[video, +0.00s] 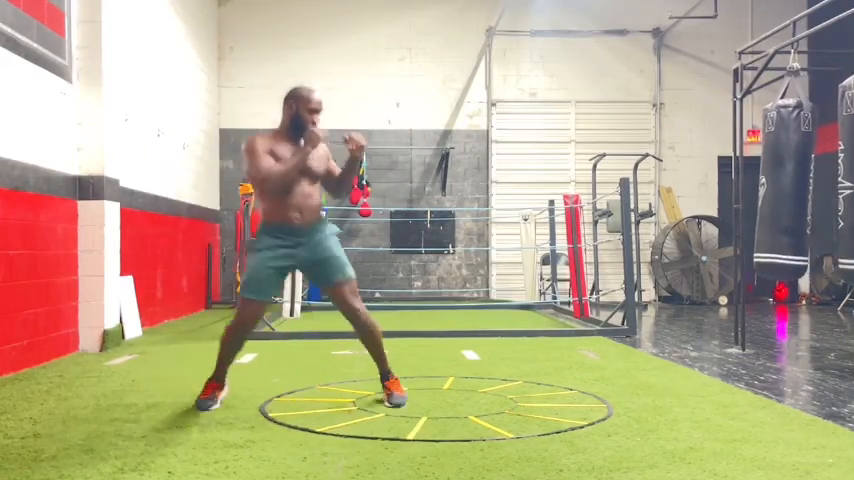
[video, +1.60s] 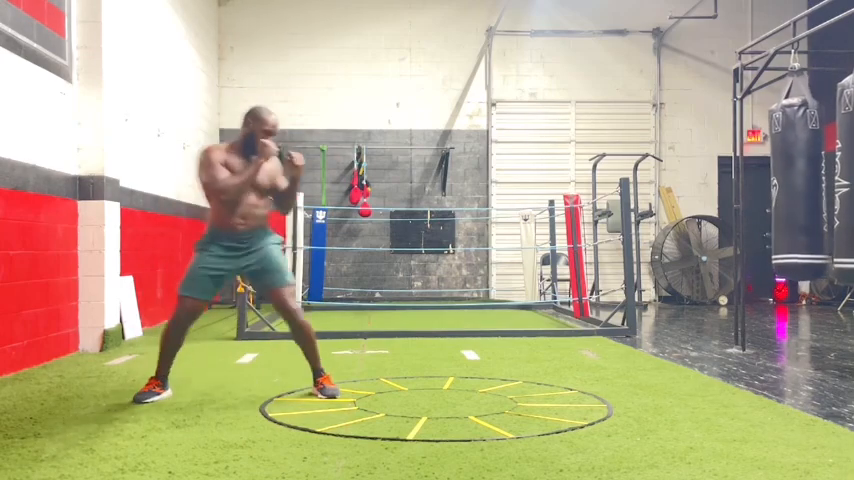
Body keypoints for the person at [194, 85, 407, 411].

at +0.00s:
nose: (317, 119)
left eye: (319, 113)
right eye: (312, 112)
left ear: (316, 112)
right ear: (291, 107)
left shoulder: (318, 149)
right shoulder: (260, 143)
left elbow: (339, 188)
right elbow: (268, 187)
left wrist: (354, 160)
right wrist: (305, 150)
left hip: (318, 237)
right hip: (273, 241)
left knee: (354, 307)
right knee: (245, 320)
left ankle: (388, 377)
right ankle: (217, 380)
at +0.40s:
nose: (301, 99)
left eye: (304, 94)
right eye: (296, 92)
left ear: (306, 96)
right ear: (276, 88)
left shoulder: (309, 125)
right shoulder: (246, 117)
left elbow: (339, 166)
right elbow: (238, 155)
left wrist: (344, 130)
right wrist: (284, 127)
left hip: (299, 216)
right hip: (256, 217)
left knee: (324, 291)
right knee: (241, 300)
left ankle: (337, 368)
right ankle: (220, 377)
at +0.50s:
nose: (294, 107)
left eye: (298, 101)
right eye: (289, 100)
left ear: (300, 101)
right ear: (270, 96)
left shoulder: (305, 133)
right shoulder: (241, 122)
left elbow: (335, 169)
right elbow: (232, 165)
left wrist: (336, 134)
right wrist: (276, 136)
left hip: (289, 222)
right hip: (245, 220)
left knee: (304, 298)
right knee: (227, 295)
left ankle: (313, 381)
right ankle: (197, 374)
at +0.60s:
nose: (284, 122)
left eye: (288, 117)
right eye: (279, 115)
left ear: (290, 118)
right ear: (261, 110)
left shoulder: (295, 147)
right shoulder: (231, 140)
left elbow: (321, 188)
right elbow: (226, 180)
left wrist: (325, 156)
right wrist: (267, 150)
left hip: (277, 236)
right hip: (233, 236)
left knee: (299, 302)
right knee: (203, 311)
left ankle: (313, 383)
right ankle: (164, 373)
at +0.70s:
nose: (269, 131)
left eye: (272, 126)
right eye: (265, 123)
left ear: (274, 126)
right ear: (246, 118)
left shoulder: (273, 157)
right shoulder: (212, 146)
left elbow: (291, 199)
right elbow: (212, 187)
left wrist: (302, 170)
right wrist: (255, 158)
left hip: (258, 242)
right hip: (215, 242)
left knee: (285, 305)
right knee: (188, 318)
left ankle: (312, 383)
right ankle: (150, 380)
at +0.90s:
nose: (242, 114)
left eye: (245, 109)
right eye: (239, 107)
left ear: (240, 109)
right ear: (219, 98)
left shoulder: (236, 137)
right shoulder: (181, 123)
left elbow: (257, 178)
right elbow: (187, 163)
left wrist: (269, 147)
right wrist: (230, 137)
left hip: (224, 221)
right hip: (181, 222)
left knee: (256, 294)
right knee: (166, 305)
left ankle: (276, 370)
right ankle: (146, 381)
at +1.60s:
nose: (270, 139)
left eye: (273, 134)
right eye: (265, 133)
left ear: (274, 134)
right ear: (247, 129)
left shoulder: (272, 164)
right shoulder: (215, 155)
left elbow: (284, 206)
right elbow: (222, 192)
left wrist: (294, 178)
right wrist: (259, 161)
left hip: (261, 244)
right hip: (218, 245)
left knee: (289, 307)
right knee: (185, 312)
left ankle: (320, 377)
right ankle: (159, 381)